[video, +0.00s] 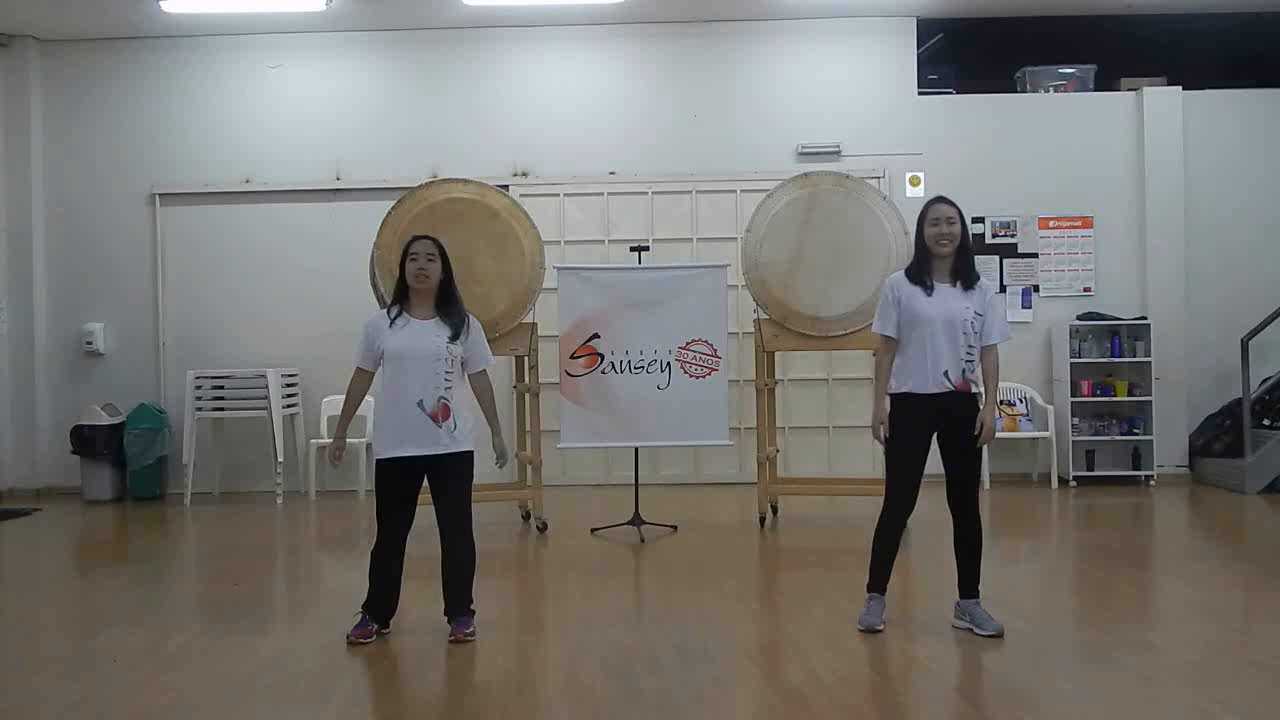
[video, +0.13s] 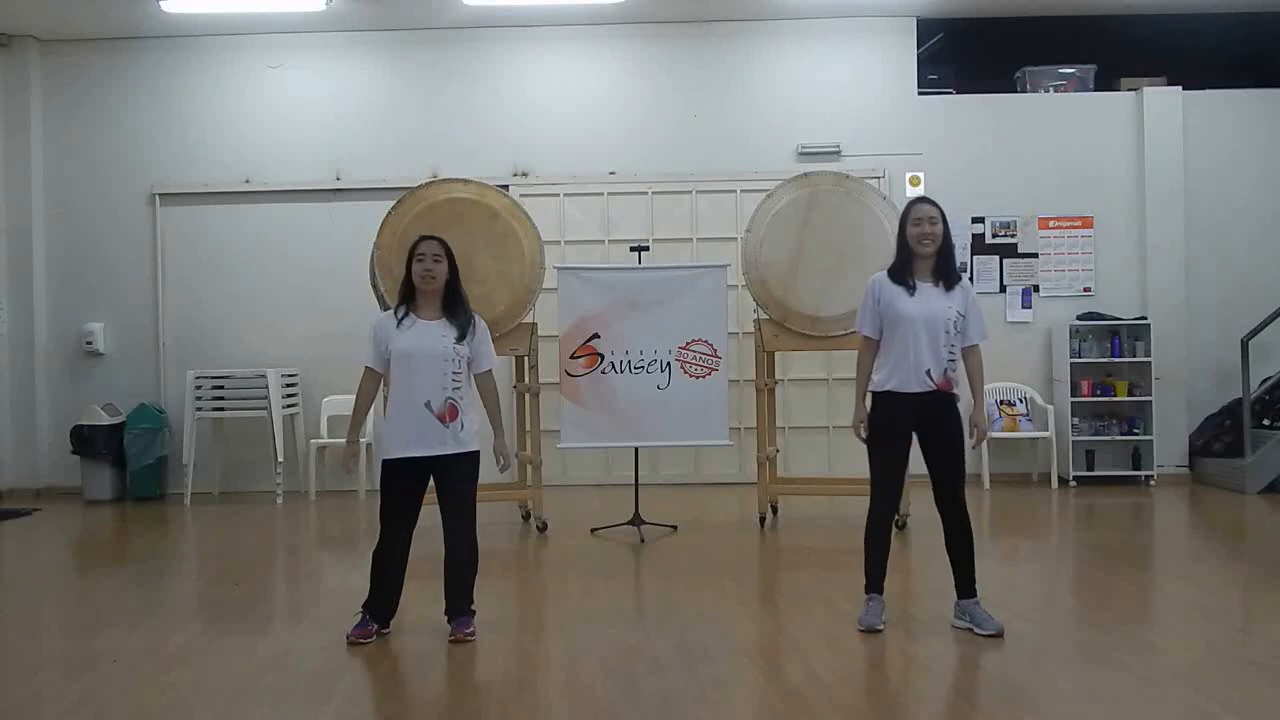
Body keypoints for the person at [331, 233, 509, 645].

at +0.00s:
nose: (421, 265)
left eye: (430, 259)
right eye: (413, 258)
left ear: (444, 270)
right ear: (403, 269)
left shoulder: (464, 325)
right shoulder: (380, 325)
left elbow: (480, 380)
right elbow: (361, 378)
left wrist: (498, 434)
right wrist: (340, 434)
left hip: (452, 447)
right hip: (396, 449)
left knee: (457, 534)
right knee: (389, 536)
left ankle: (461, 614)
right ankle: (375, 615)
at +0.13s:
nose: (428, 266)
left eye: (437, 260)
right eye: (420, 259)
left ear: (450, 270)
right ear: (409, 269)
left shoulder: (470, 325)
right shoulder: (387, 325)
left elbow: (485, 381)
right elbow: (371, 380)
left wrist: (500, 436)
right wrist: (352, 437)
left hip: (458, 448)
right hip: (403, 449)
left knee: (461, 535)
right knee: (392, 536)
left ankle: (461, 614)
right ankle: (376, 615)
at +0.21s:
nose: (431, 266)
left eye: (440, 260)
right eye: (423, 259)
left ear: (453, 270)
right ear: (412, 269)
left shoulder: (474, 324)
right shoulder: (390, 324)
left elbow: (487, 380)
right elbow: (376, 380)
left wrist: (499, 433)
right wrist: (361, 434)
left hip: (462, 447)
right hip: (406, 448)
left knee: (463, 535)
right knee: (394, 535)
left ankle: (461, 614)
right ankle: (376, 615)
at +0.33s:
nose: (436, 267)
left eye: (445, 260)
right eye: (429, 260)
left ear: (459, 269)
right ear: (418, 269)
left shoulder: (480, 324)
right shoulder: (397, 324)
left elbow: (491, 380)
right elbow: (384, 381)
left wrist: (493, 428)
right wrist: (382, 428)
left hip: (465, 446)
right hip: (411, 447)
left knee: (467, 536)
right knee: (396, 535)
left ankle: (462, 614)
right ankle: (376, 615)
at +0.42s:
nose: (439, 266)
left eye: (447, 260)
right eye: (431, 260)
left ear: (462, 268)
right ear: (420, 269)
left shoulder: (483, 323)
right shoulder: (400, 324)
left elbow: (495, 382)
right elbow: (387, 381)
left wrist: (490, 431)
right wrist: (389, 424)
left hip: (466, 448)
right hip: (413, 447)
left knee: (467, 536)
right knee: (398, 533)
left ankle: (462, 614)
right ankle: (385, 613)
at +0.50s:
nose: (439, 265)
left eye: (448, 259)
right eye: (431, 259)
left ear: (462, 269)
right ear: (421, 268)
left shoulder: (484, 322)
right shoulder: (399, 324)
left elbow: (496, 381)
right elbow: (388, 381)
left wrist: (490, 429)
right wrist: (390, 425)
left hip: (466, 448)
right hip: (412, 448)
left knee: (467, 537)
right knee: (401, 534)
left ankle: (462, 615)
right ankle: (393, 613)